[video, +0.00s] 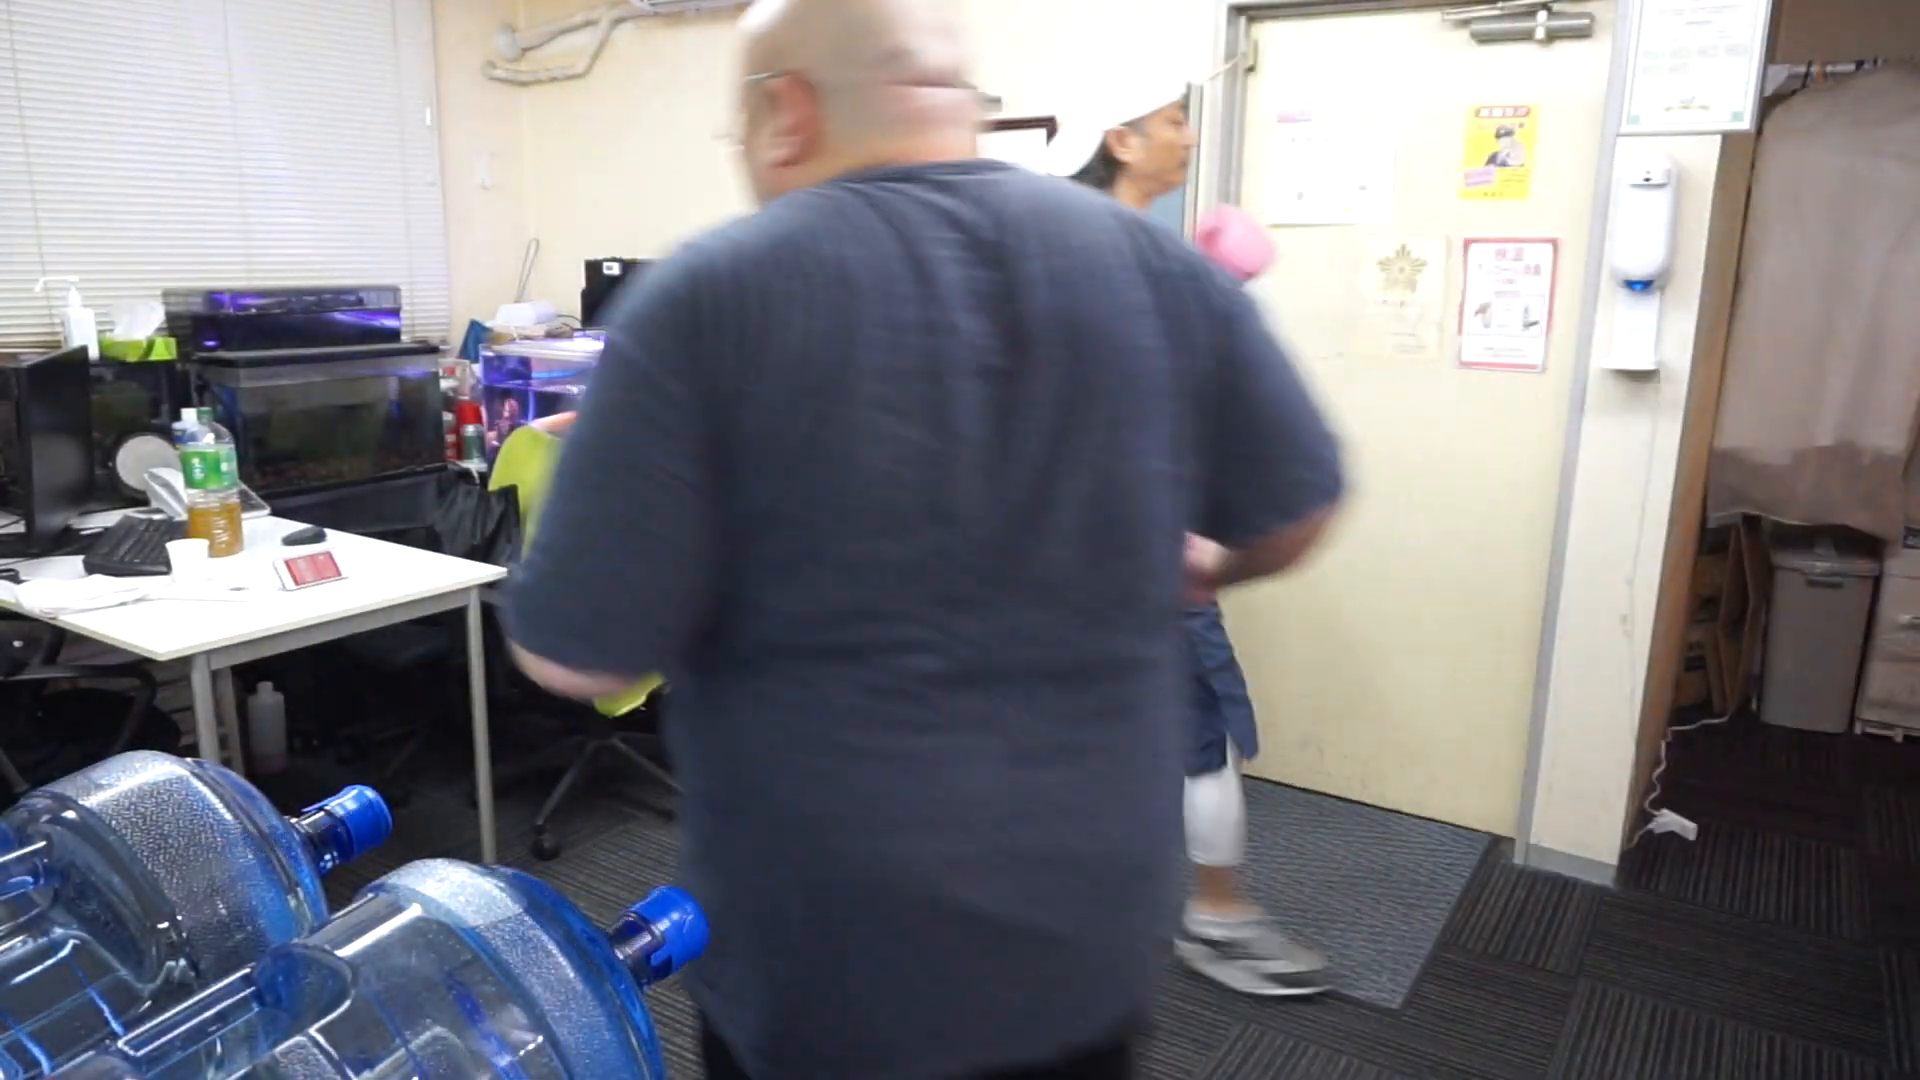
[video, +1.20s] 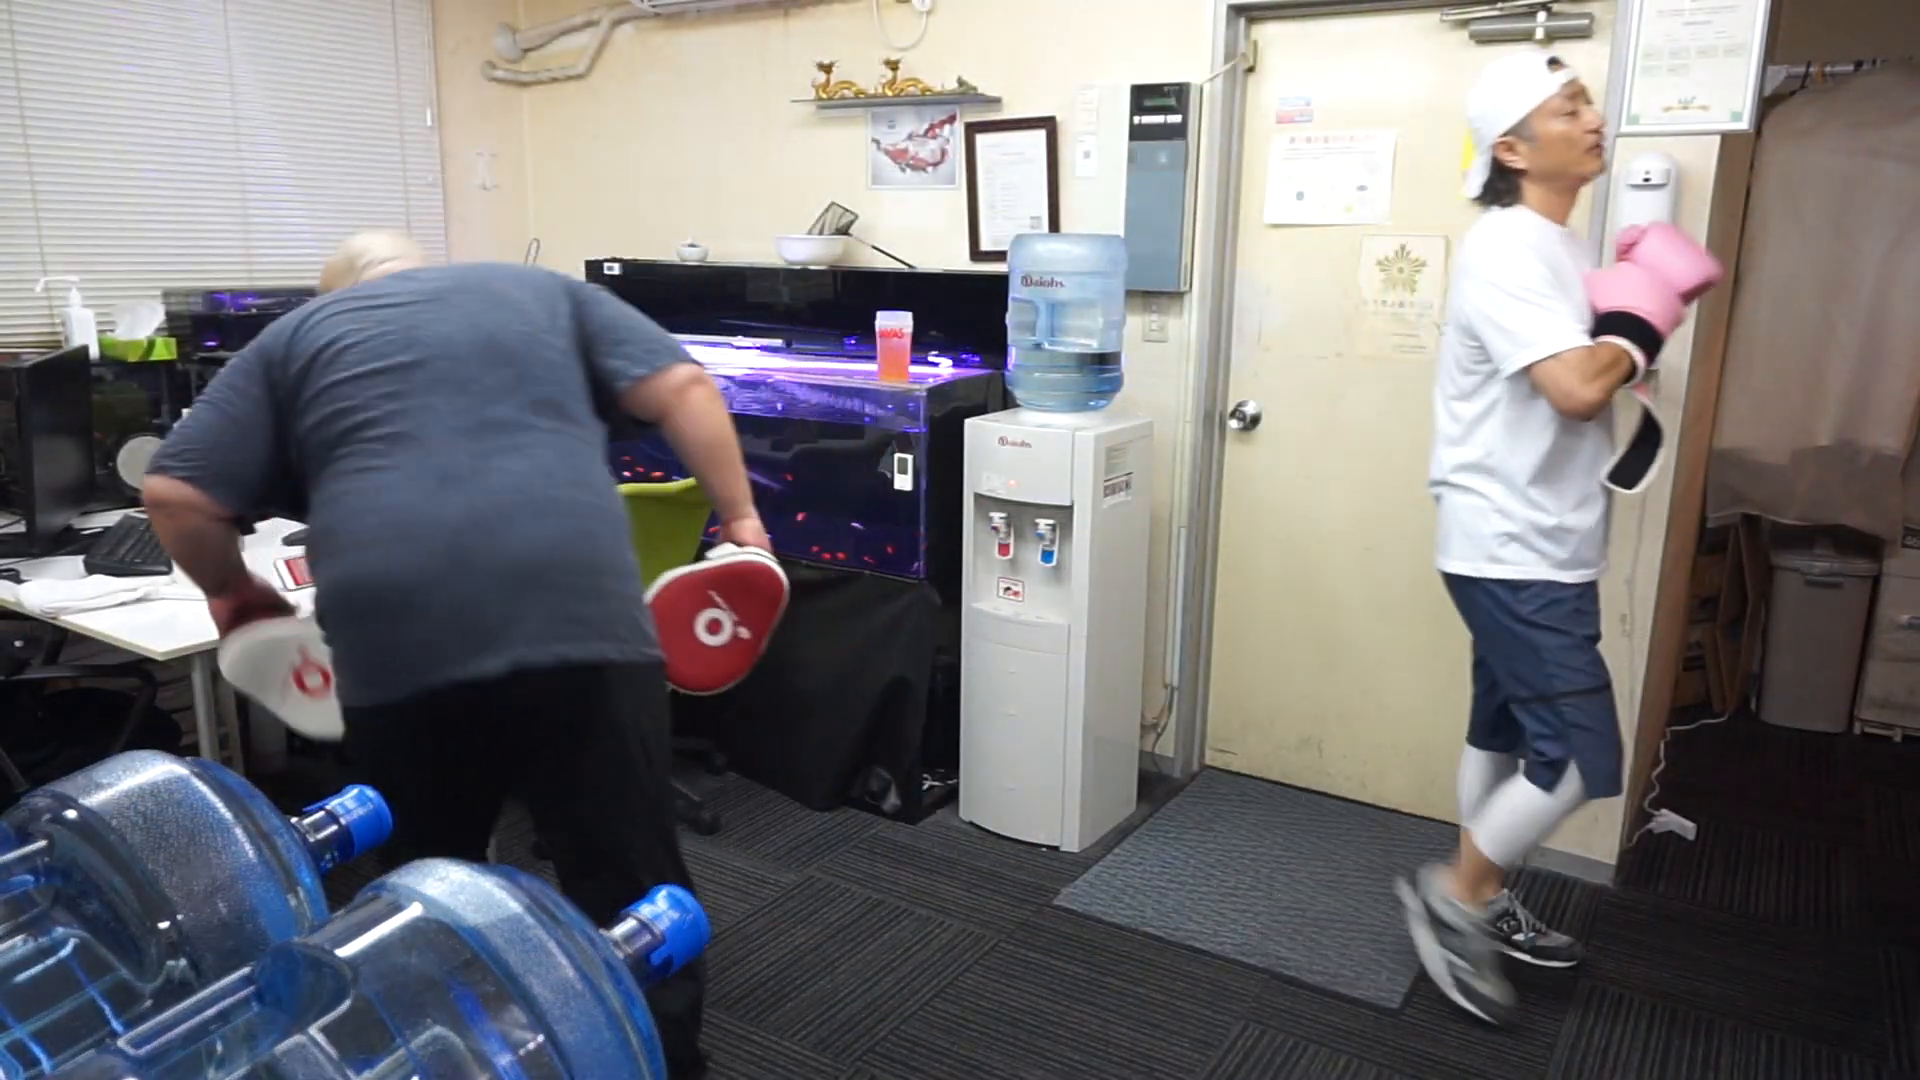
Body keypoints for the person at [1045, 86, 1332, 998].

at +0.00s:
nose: (1189, 136)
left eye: (1185, 120)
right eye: (1172, 121)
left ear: (1129, 145)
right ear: (1122, 140)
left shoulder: (1132, 240)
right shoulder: (1116, 243)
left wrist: (1210, 283)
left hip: (1140, 522)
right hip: (1145, 530)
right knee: (1208, 703)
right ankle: (1217, 908)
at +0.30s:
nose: (1312, 137)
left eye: (1303, 120)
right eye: (1293, 124)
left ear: (1243, 155)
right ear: (1244, 155)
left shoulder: (1192, 244)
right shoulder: (1244, 256)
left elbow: (1215, 375)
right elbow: (1296, 410)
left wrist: (1295, 316)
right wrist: (1332, 345)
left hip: (1190, 536)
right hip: (1255, 547)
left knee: (1174, 700)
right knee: (1288, 735)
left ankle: (1068, 870)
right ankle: (1305, 912)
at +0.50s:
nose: (1388, 126)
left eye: (1379, 111)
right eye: (1370, 117)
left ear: (1325, 149)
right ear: (1324, 148)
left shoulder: (1280, 237)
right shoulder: (1324, 252)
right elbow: (1388, 401)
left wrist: (1379, 302)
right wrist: (1423, 338)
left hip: (1280, 526)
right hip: (1321, 538)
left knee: (1321, 698)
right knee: (1329, 728)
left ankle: (1198, 809)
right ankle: (1303, 913)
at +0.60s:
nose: (1419, 119)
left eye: (1410, 104)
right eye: (1399, 110)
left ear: (1354, 143)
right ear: (1351, 141)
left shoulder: (1329, 234)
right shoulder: (1353, 247)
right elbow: (1433, 400)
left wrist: (1431, 316)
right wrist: (1458, 334)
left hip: (1337, 531)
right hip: (1337, 542)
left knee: (1391, 694)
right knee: (1334, 733)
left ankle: (1287, 826)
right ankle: (1302, 913)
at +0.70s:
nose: (1447, 116)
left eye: (1437, 102)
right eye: (1426, 108)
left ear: (1389, 147)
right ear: (1379, 144)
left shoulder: (1382, 237)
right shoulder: (1376, 249)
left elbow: (1430, 377)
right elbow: (1462, 400)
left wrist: (1473, 312)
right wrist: (1490, 322)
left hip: (1387, 538)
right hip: (1358, 545)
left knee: (1415, 703)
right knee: (1345, 731)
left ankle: (1406, 863)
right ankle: (1301, 908)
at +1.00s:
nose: (1536, 123)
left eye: (1527, 109)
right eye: (1513, 115)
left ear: (1479, 152)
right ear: (1463, 152)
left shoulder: (1493, 248)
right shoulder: (1459, 251)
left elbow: (1527, 375)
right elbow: (1539, 398)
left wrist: (1569, 309)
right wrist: (1586, 325)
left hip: (1507, 546)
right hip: (1464, 552)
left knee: (1496, 738)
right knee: (1474, 752)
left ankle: (1476, 898)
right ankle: (1326, 892)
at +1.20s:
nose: (1593, 118)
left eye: (1586, 103)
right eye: (1567, 111)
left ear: (1553, 146)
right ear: (1514, 149)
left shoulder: (1561, 248)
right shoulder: (1508, 248)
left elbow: (1585, 373)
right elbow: (1578, 390)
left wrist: (1635, 315)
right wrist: (1641, 320)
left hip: (1544, 543)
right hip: (1509, 547)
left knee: (1502, 732)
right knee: (1582, 755)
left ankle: (1486, 901)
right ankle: (1451, 897)